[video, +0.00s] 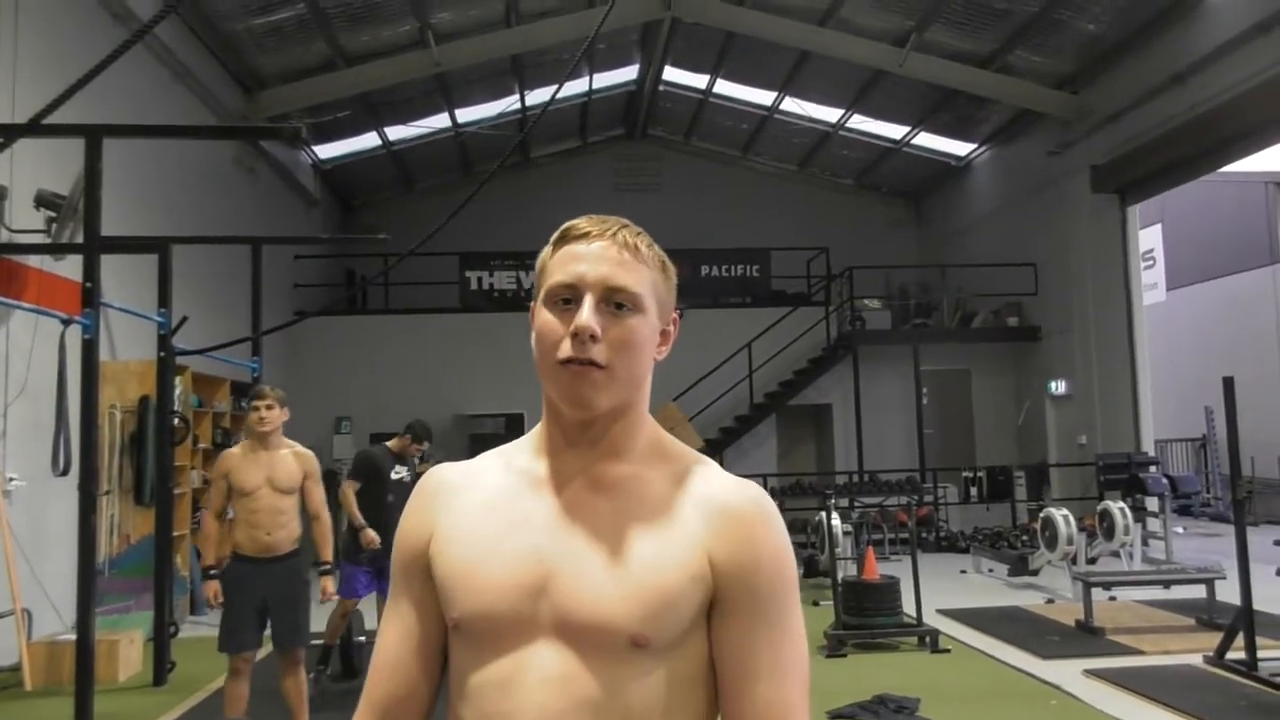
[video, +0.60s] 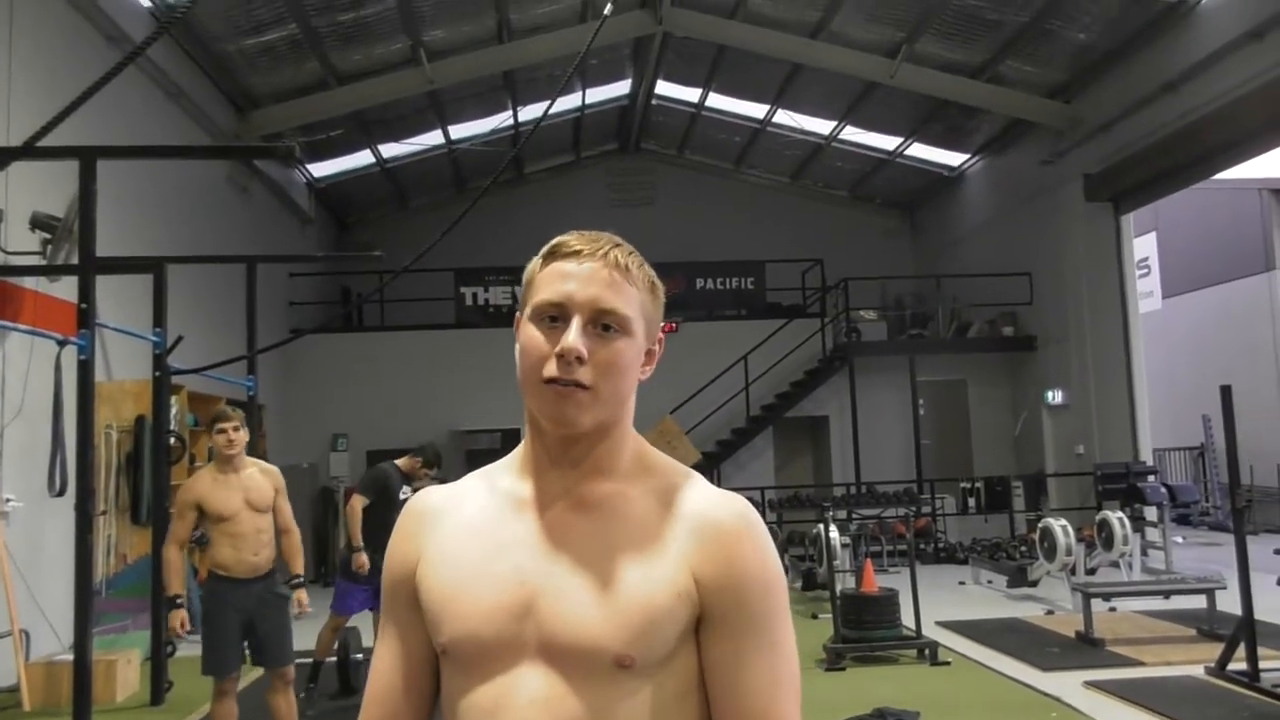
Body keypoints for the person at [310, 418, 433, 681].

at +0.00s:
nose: (419, 454)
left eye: (422, 450)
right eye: (417, 448)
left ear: (416, 443)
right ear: (406, 438)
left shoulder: (409, 464)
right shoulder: (370, 457)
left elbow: (406, 503)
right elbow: (347, 490)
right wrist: (362, 528)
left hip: (393, 547)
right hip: (361, 547)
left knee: (389, 609)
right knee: (347, 605)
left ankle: (387, 664)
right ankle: (323, 661)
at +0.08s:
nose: (423, 457)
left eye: (427, 453)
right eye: (422, 451)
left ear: (419, 447)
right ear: (410, 441)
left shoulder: (411, 467)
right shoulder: (374, 458)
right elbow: (350, 490)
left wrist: (426, 475)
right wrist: (366, 529)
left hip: (393, 548)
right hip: (361, 548)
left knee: (389, 609)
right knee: (346, 608)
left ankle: (387, 664)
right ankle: (322, 659)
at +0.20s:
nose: (425, 464)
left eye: (429, 460)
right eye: (425, 458)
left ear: (419, 450)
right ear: (415, 446)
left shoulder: (410, 470)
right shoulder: (380, 461)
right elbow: (353, 494)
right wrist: (366, 534)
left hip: (391, 553)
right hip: (361, 552)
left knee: (388, 616)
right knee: (343, 610)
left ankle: (386, 672)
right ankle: (318, 665)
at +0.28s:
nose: (425, 469)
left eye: (429, 466)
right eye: (426, 463)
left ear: (420, 454)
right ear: (416, 451)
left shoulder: (412, 474)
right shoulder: (382, 464)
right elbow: (355, 495)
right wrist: (362, 538)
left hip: (393, 556)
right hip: (362, 555)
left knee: (392, 619)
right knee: (340, 614)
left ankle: (394, 676)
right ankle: (316, 668)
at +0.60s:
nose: (423, 480)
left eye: (427, 477)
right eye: (425, 475)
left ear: (418, 464)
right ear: (416, 462)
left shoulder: (406, 482)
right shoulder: (382, 473)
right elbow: (354, 505)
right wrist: (358, 550)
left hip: (389, 564)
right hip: (362, 562)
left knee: (384, 622)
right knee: (338, 621)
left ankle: (382, 676)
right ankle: (313, 679)